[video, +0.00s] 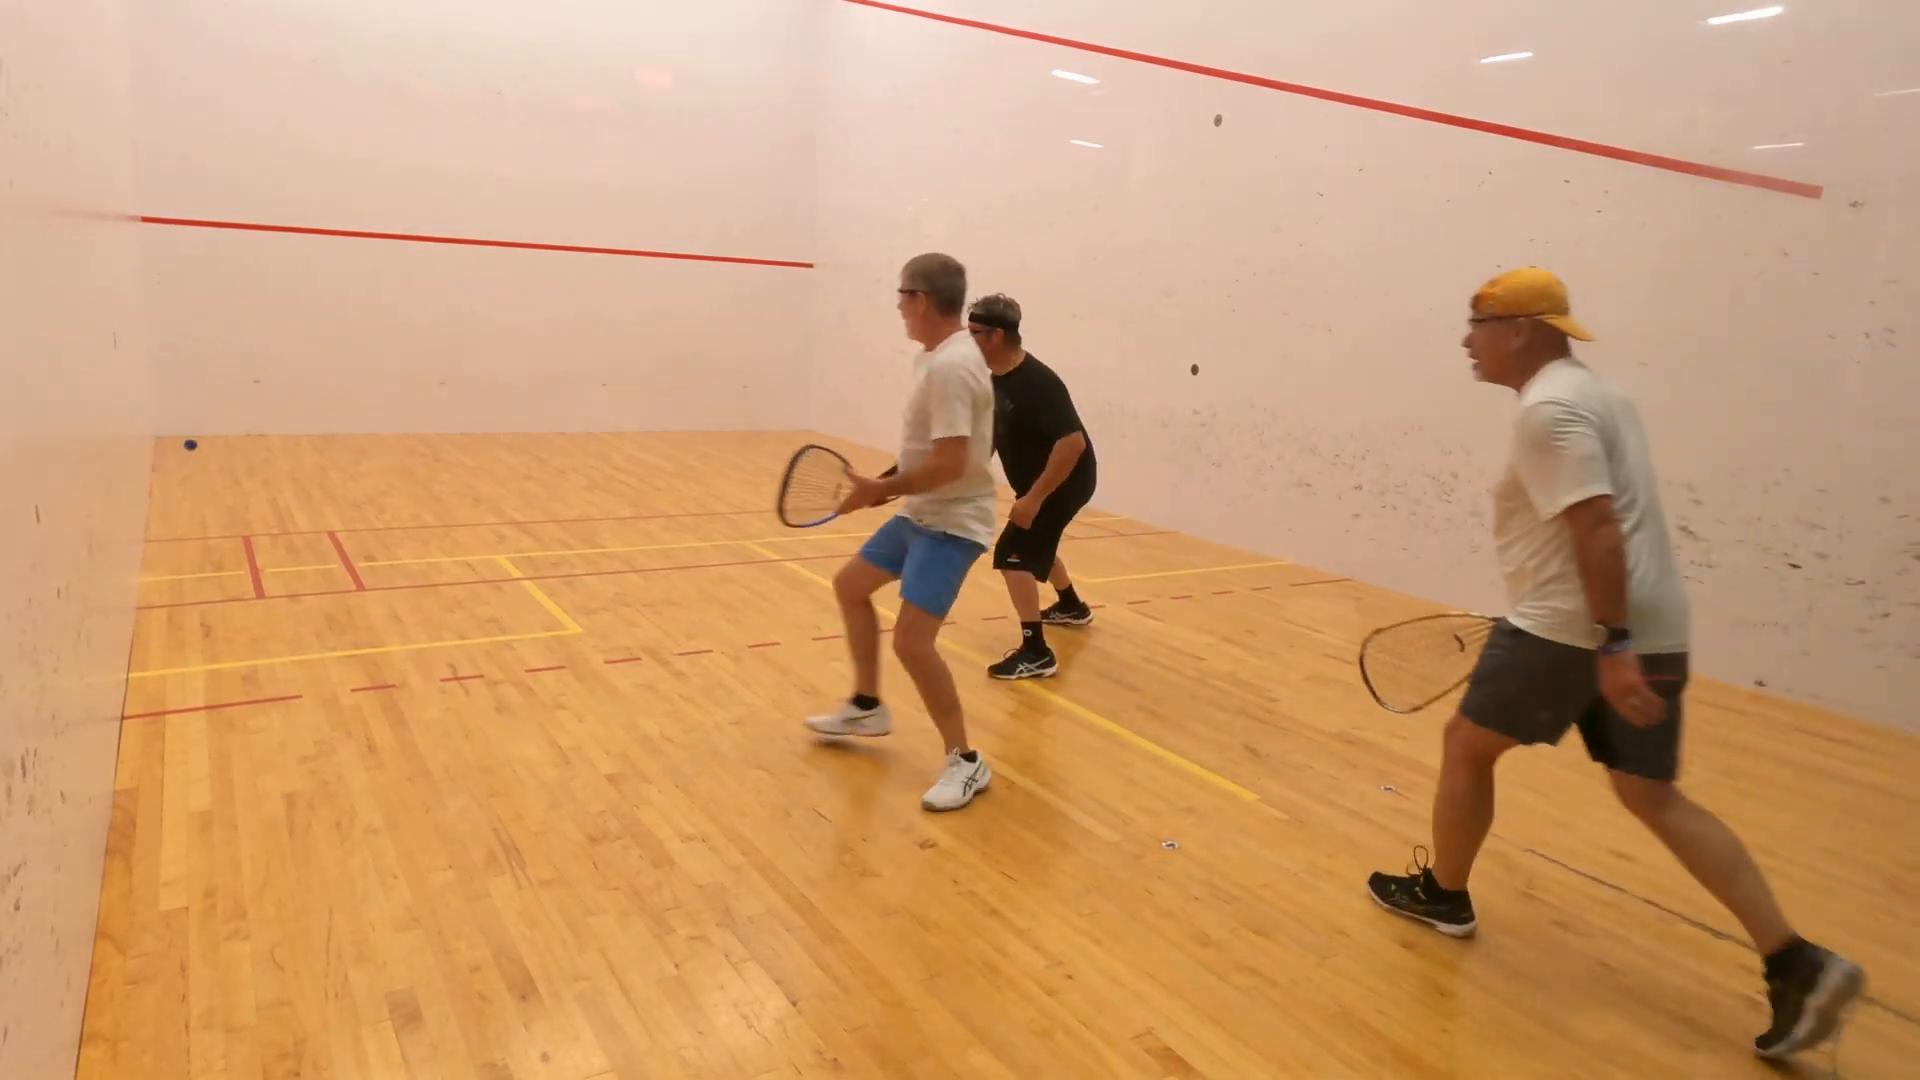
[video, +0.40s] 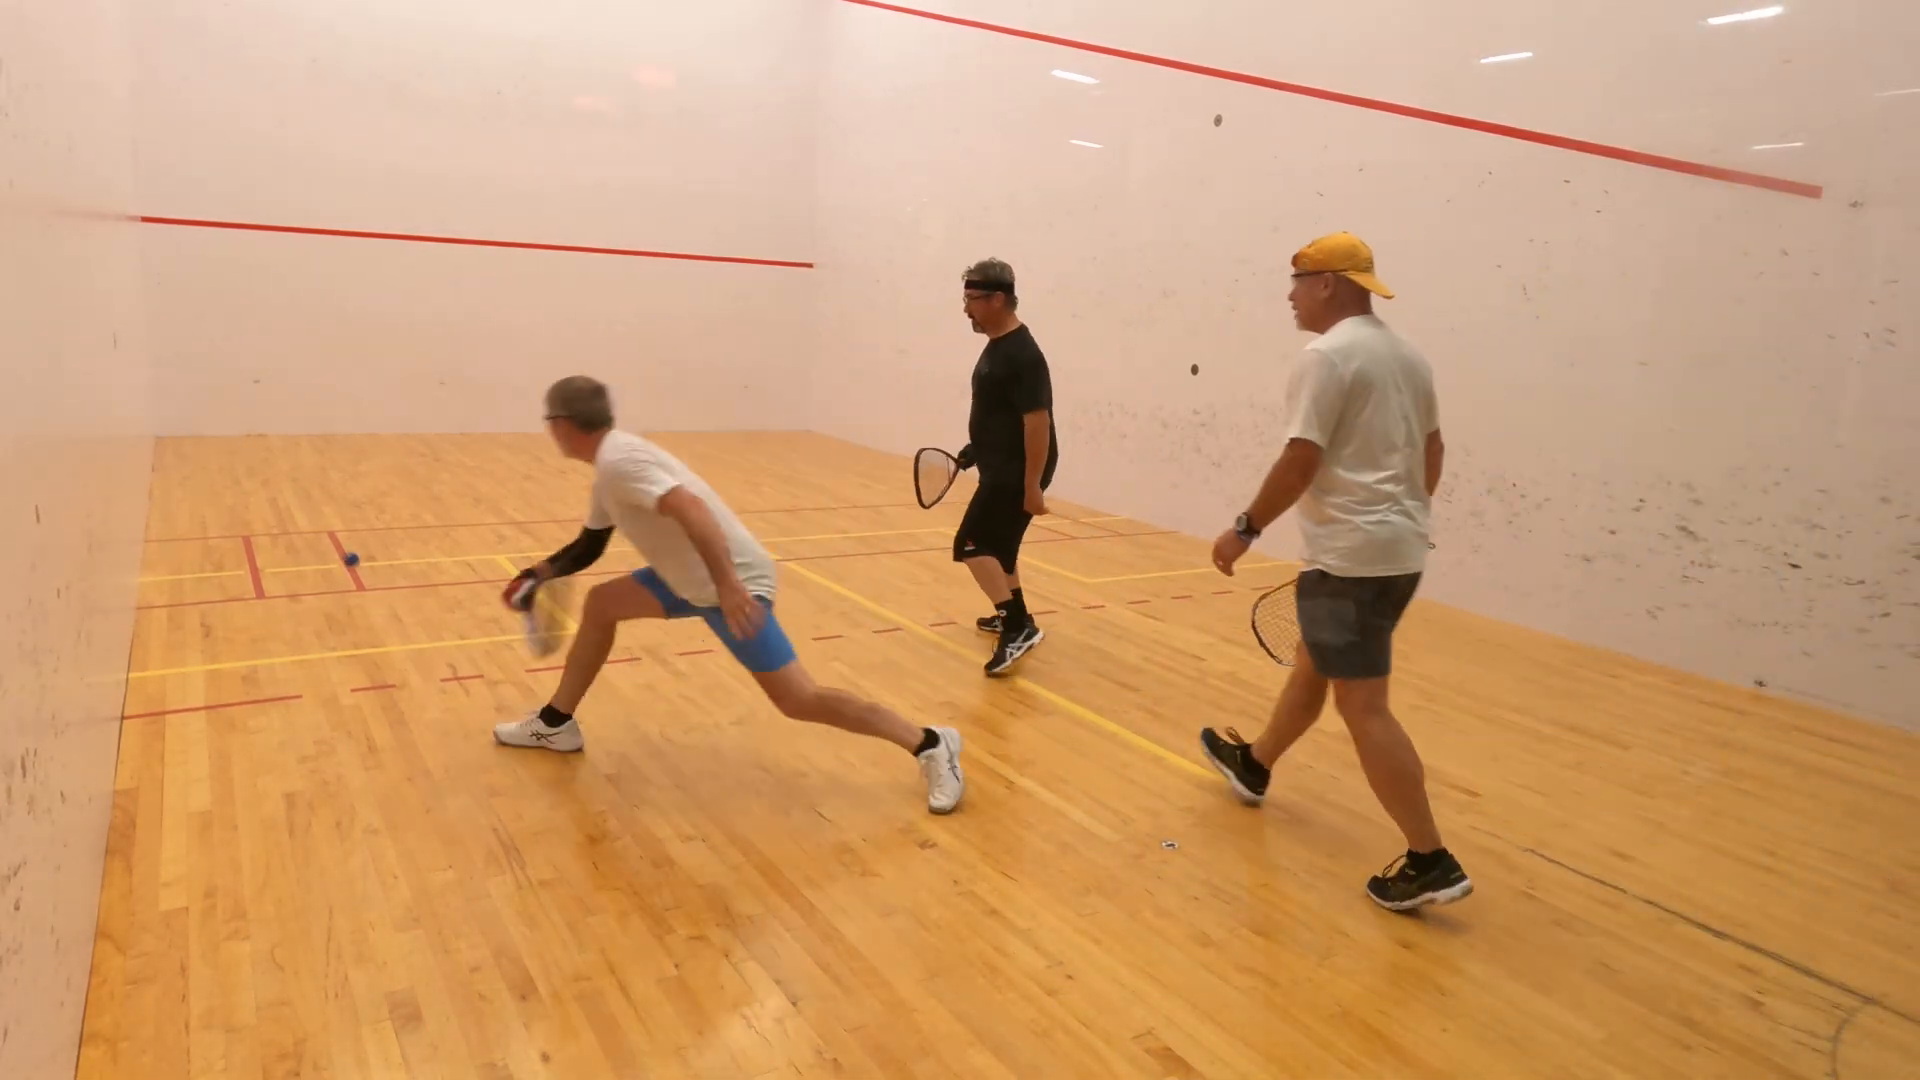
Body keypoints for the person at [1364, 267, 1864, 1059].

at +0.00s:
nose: (1467, 340)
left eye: (1479, 326)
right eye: (1471, 326)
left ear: (1527, 333)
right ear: (1534, 335)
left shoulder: (1550, 406)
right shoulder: (1600, 395)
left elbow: (1597, 527)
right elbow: (1605, 526)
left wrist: (1613, 641)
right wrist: (1531, 617)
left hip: (1560, 632)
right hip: (1647, 636)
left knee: (1468, 745)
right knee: (1652, 795)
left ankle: (1443, 891)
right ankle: (1792, 962)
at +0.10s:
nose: (1411, 320)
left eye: (1423, 307)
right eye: (1413, 306)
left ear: (1468, 313)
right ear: (1477, 315)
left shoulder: (1488, 385)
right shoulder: (1539, 371)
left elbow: (1506, 513)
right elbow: (1544, 501)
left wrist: (1479, 612)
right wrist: (1470, 587)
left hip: (1513, 602)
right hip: (1578, 601)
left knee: (1435, 731)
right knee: (1525, 732)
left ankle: (1444, 889)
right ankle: (1646, 870)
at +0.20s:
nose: (1367, 300)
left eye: (1377, 286)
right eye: (1370, 286)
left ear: (1416, 290)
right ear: (1428, 291)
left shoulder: (1433, 361)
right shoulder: (1494, 352)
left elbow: (1429, 481)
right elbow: (1498, 473)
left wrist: (1374, 571)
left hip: (1457, 571)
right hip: (1519, 568)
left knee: (1417, 716)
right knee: (1446, 699)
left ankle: (1441, 882)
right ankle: (1505, 830)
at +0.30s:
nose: (1328, 295)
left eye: (1336, 281)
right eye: (1330, 282)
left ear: (1372, 283)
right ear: (1391, 285)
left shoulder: (1381, 351)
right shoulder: (1450, 349)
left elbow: (1362, 459)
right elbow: (1447, 461)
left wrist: (1300, 539)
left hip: (1406, 554)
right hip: (1462, 550)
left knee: (1394, 717)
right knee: (1369, 658)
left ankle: (1439, 874)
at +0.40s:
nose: (1292, 295)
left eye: (1300, 282)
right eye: (1294, 282)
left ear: (1334, 287)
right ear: (1353, 289)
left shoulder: (1329, 357)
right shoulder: (1407, 355)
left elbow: (1300, 460)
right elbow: (1431, 453)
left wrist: (1245, 528)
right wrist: (1404, 525)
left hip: (1348, 558)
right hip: (1403, 557)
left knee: (1364, 709)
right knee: (1313, 662)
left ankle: (1429, 857)